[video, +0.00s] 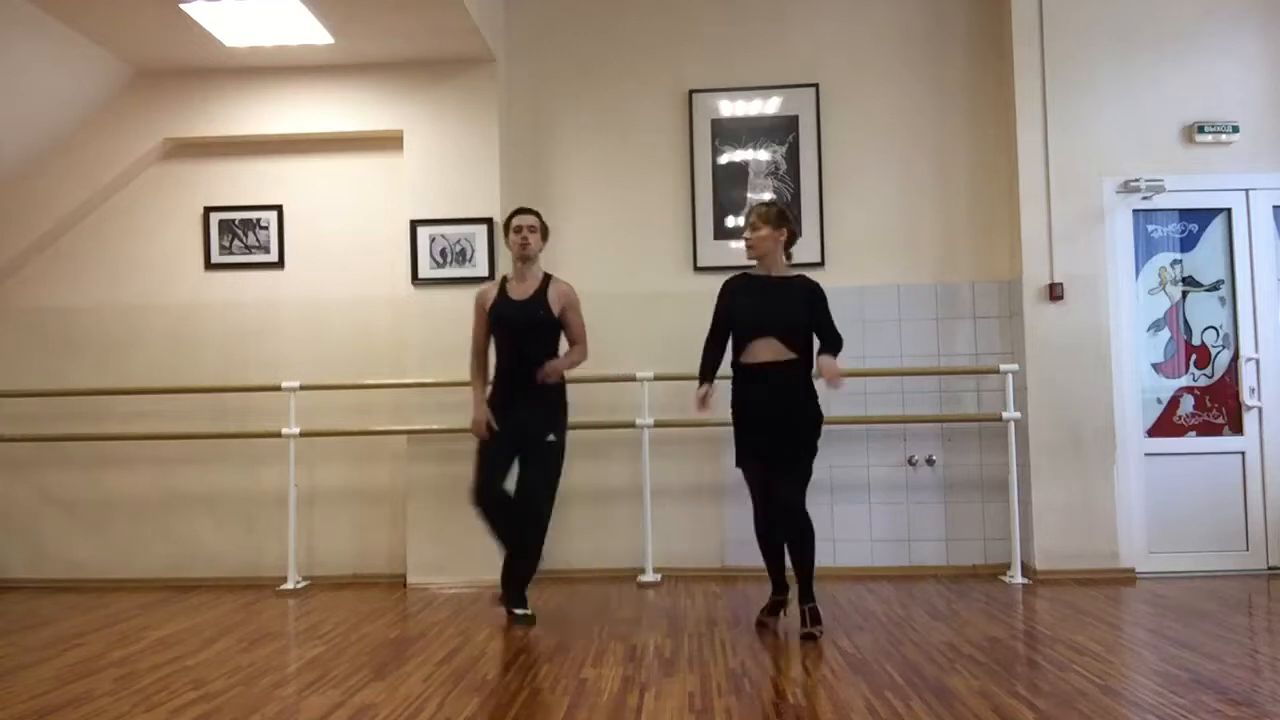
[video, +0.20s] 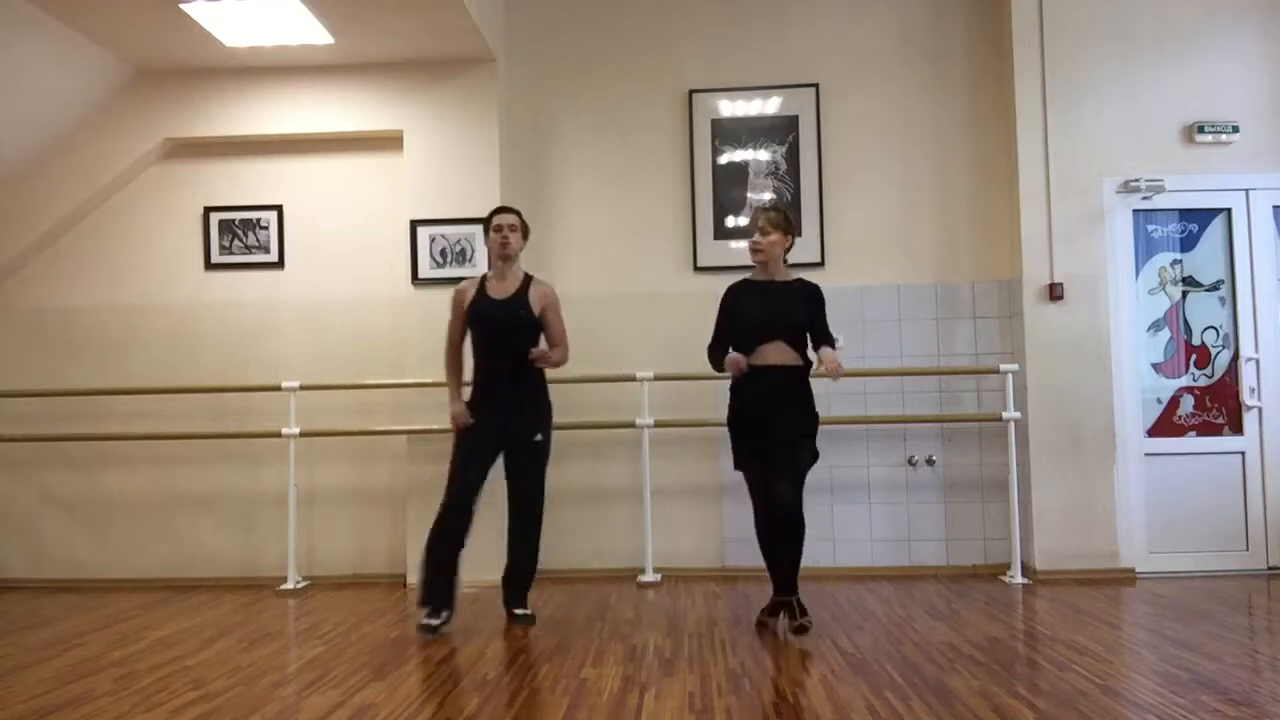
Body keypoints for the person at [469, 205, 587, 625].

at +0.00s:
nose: (524, 237)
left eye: (531, 231)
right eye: (517, 231)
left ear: (543, 240)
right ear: (507, 240)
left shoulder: (560, 292)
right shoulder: (489, 295)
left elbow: (580, 349)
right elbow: (479, 354)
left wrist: (561, 365)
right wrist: (479, 403)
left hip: (545, 407)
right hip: (503, 406)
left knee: (534, 506)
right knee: (486, 492)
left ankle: (517, 595)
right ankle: (525, 549)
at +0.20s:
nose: (505, 236)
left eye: (512, 230)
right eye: (498, 230)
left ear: (524, 239)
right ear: (488, 240)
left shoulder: (541, 294)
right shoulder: (468, 294)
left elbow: (560, 353)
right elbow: (454, 349)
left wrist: (546, 356)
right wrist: (455, 399)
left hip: (529, 412)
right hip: (482, 410)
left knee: (526, 510)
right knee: (456, 504)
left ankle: (518, 599)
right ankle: (437, 603)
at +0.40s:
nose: (481, 229)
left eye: (489, 223)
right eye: (473, 223)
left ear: (501, 233)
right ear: (462, 234)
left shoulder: (518, 288)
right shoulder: (441, 287)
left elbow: (531, 344)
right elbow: (422, 346)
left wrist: (533, 356)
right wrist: (428, 398)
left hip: (499, 402)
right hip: (452, 403)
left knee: (509, 498)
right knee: (438, 507)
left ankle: (501, 588)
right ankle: (433, 609)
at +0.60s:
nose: (462, 229)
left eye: (470, 223)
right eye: (455, 223)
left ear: (483, 233)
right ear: (443, 233)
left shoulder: (504, 286)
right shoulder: (424, 290)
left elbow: (520, 341)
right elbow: (401, 352)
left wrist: (528, 353)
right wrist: (412, 406)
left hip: (476, 404)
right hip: (429, 403)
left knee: (458, 503)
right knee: (425, 507)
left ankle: (452, 606)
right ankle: (430, 610)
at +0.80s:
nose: (454, 222)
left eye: (462, 216)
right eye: (446, 216)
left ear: (475, 226)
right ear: (434, 226)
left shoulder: (494, 278)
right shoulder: (413, 280)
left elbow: (512, 337)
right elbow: (400, 341)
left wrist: (517, 344)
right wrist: (412, 382)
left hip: (480, 404)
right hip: (431, 405)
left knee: (477, 510)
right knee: (419, 503)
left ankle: (458, 605)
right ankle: (431, 602)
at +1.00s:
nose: (450, 227)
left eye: (457, 221)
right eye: (441, 221)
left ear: (468, 231)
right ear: (428, 232)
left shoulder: (487, 286)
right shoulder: (406, 285)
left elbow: (504, 349)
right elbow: (393, 345)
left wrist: (484, 361)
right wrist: (408, 375)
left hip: (477, 407)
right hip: (430, 406)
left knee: (477, 511)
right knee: (422, 510)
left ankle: (462, 608)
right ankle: (431, 605)